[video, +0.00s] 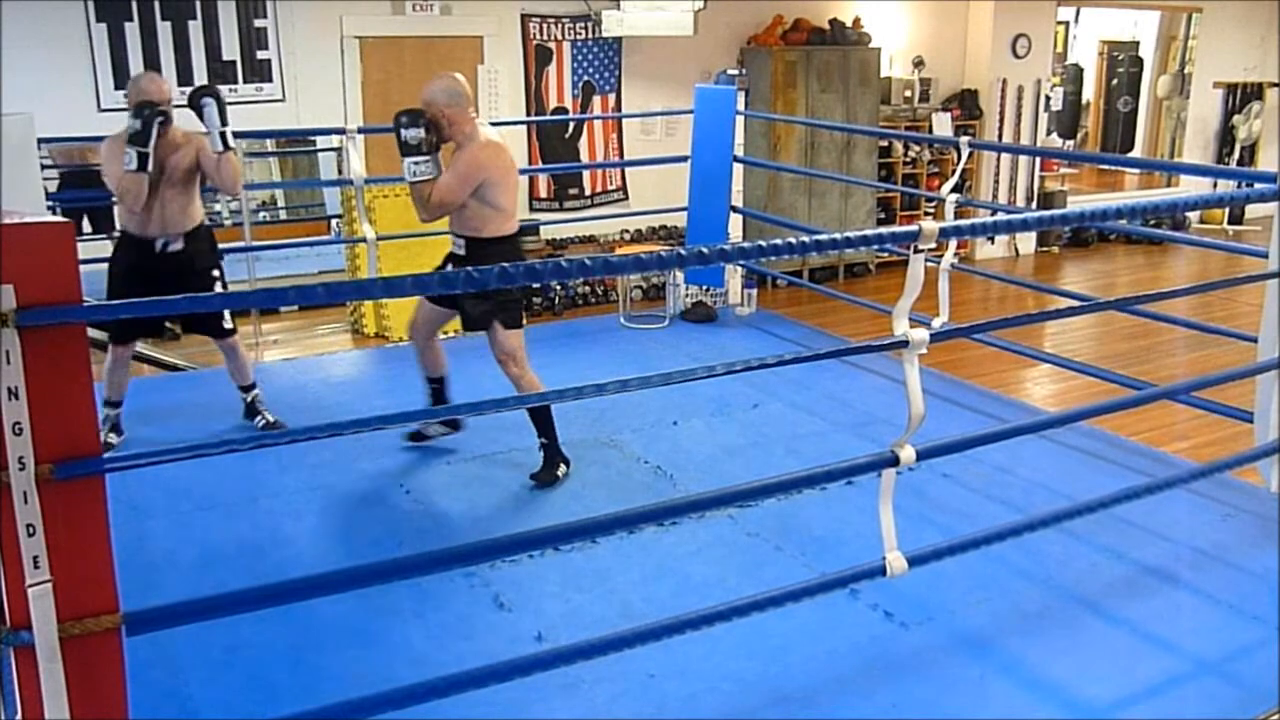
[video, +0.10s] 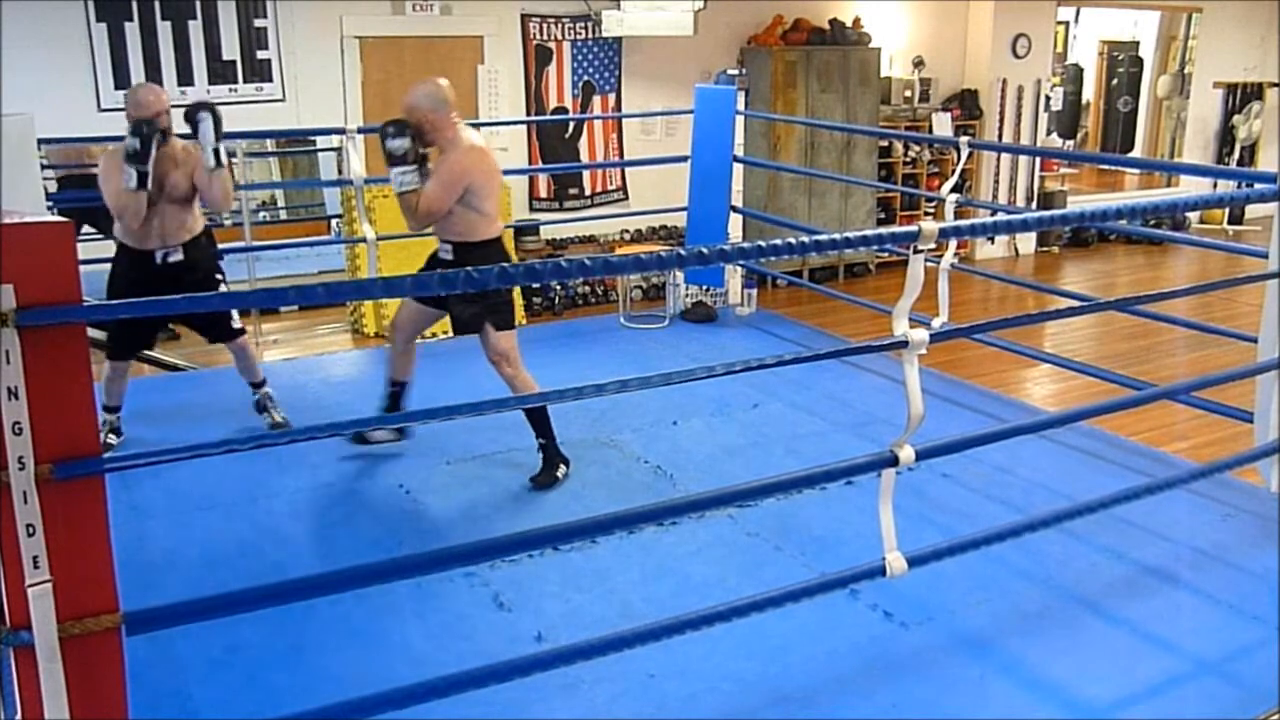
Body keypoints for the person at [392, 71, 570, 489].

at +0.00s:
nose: (426, 121)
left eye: (431, 113)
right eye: (425, 113)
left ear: (454, 113)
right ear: (458, 113)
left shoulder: (480, 154)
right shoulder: (464, 147)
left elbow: (428, 209)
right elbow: (432, 200)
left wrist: (418, 159)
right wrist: (422, 157)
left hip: (496, 262)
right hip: (465, 258)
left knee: (513, 363)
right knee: (421, 332)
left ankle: (554, 454)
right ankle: (443, 414)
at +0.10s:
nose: (410, 128)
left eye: (415, 120)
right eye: (409, 121)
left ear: (440, 118)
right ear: (443, 118)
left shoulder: (464, 157)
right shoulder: (447, 150)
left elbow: (417, 218)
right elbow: (423, 212)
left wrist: (401, 168)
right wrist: (412, 165)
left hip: (485, 265)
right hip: (449, 261)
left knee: (505, 362)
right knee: (402, 331)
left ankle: (552, 454)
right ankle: (393, 419)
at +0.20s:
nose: (388, 137)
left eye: (393, 129)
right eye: (387, 129)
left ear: (418, 127)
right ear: (413, 128)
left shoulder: (441, 162)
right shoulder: (419, 152)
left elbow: (407, 231)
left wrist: (383, 185)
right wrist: (381, 167)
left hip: (466, 265)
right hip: (428, 262)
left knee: (498, 366)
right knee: (387, 347)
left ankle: (552, 456)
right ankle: (364, 431)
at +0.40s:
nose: (358, 143)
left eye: (362, 137)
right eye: (357, 137)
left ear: (387, 139)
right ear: (391, 137)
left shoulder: (437, 168)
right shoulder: (383, 157)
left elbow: (433, 241)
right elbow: (328, 162)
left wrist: (392, 204)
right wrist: (276, 160)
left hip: (457, 257)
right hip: (415, 259)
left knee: (485, 356)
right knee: (380, 349)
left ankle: (527, 443)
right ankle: (367, 435)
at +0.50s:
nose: (369, 138)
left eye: (374, 131)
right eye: (368, 131)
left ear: (400, 131)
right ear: (398, 131)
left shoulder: (444, 163)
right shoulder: (387, 157)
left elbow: (434, 234)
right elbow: (370, 185)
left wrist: (394, 199)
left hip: (457, 258)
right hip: (411, 257)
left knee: (482, 359)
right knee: (381, 350)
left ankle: (517, 437)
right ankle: (367, 433)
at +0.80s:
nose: (365, 131)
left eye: (371, 124)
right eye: (365, 123)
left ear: (395, 125)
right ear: (386, 123)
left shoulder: (434, 162)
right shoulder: (380, 154)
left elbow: (413, 228)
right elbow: (348, 193)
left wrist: (379, 181)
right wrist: (348, 185)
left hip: (432, 264)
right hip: (386, 259)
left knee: (471, 359)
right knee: (334, 342)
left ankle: (519, 440)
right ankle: (315, 429)